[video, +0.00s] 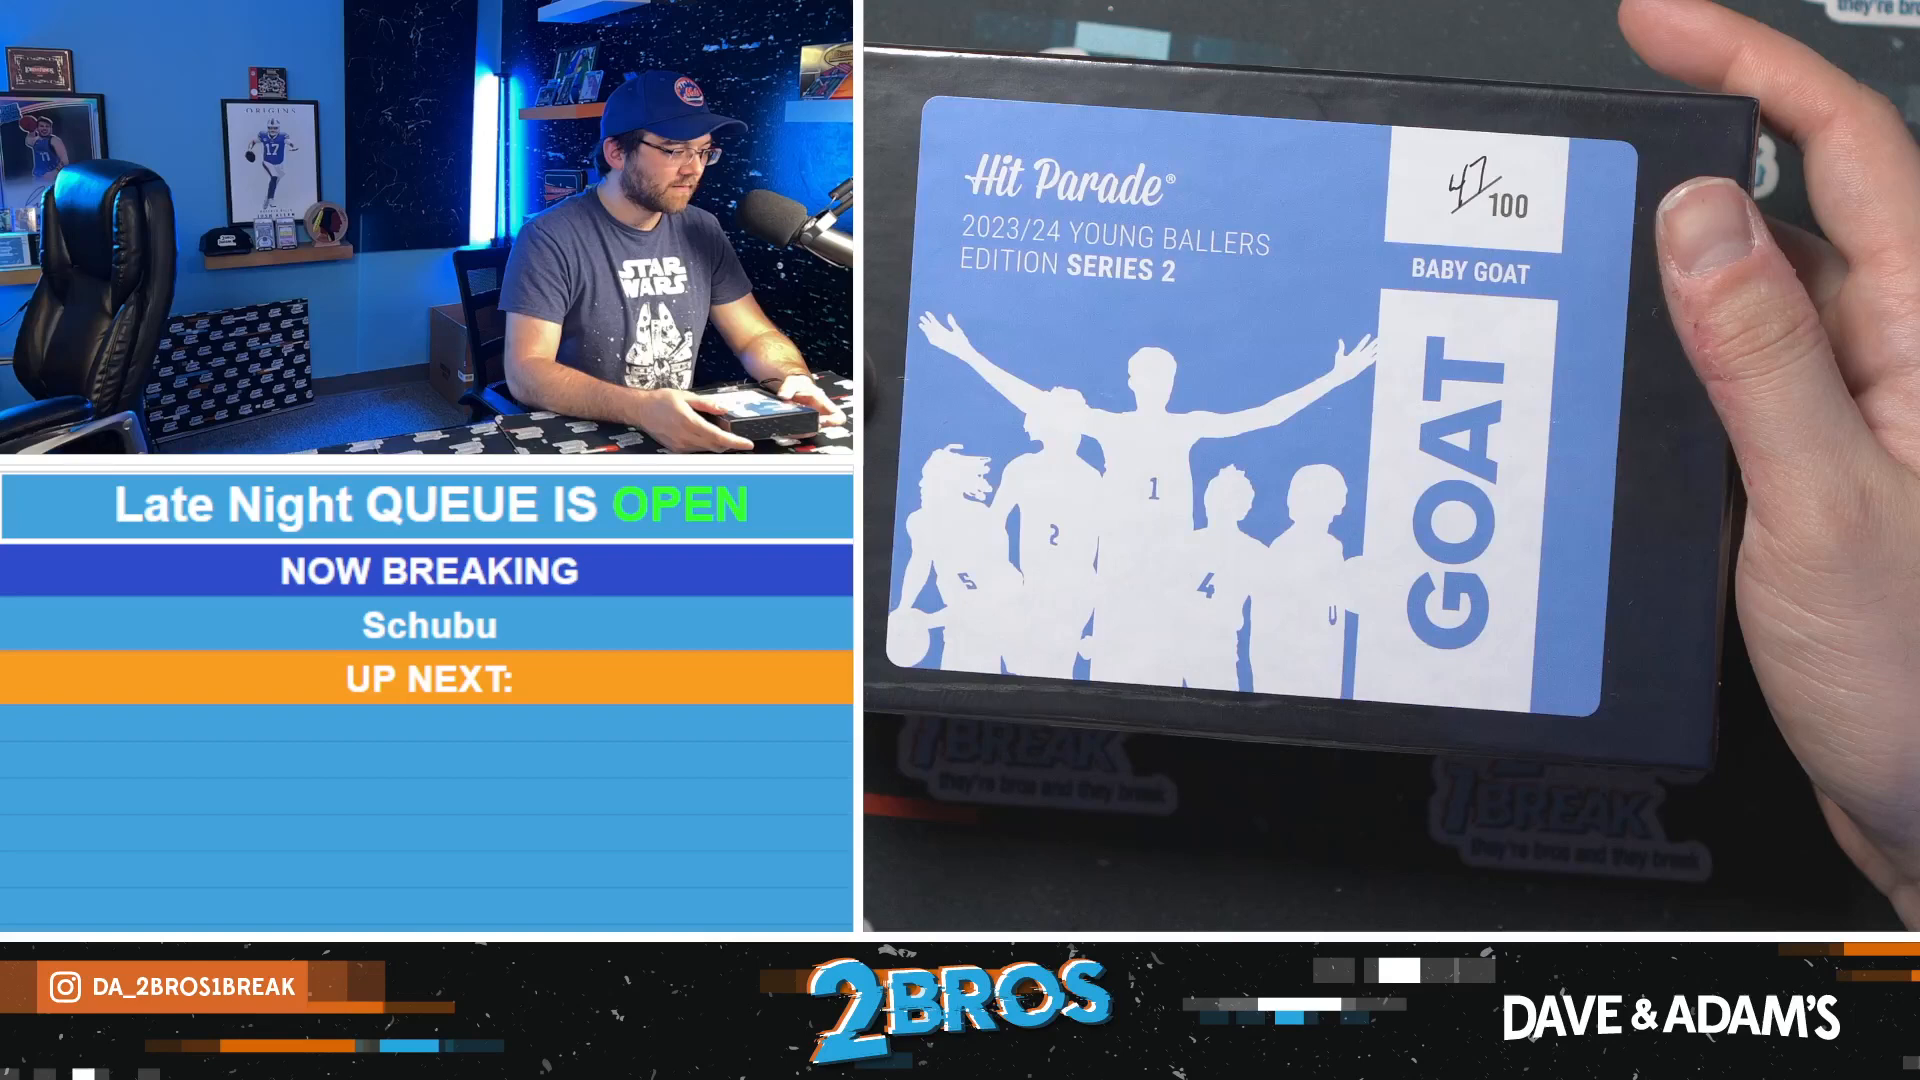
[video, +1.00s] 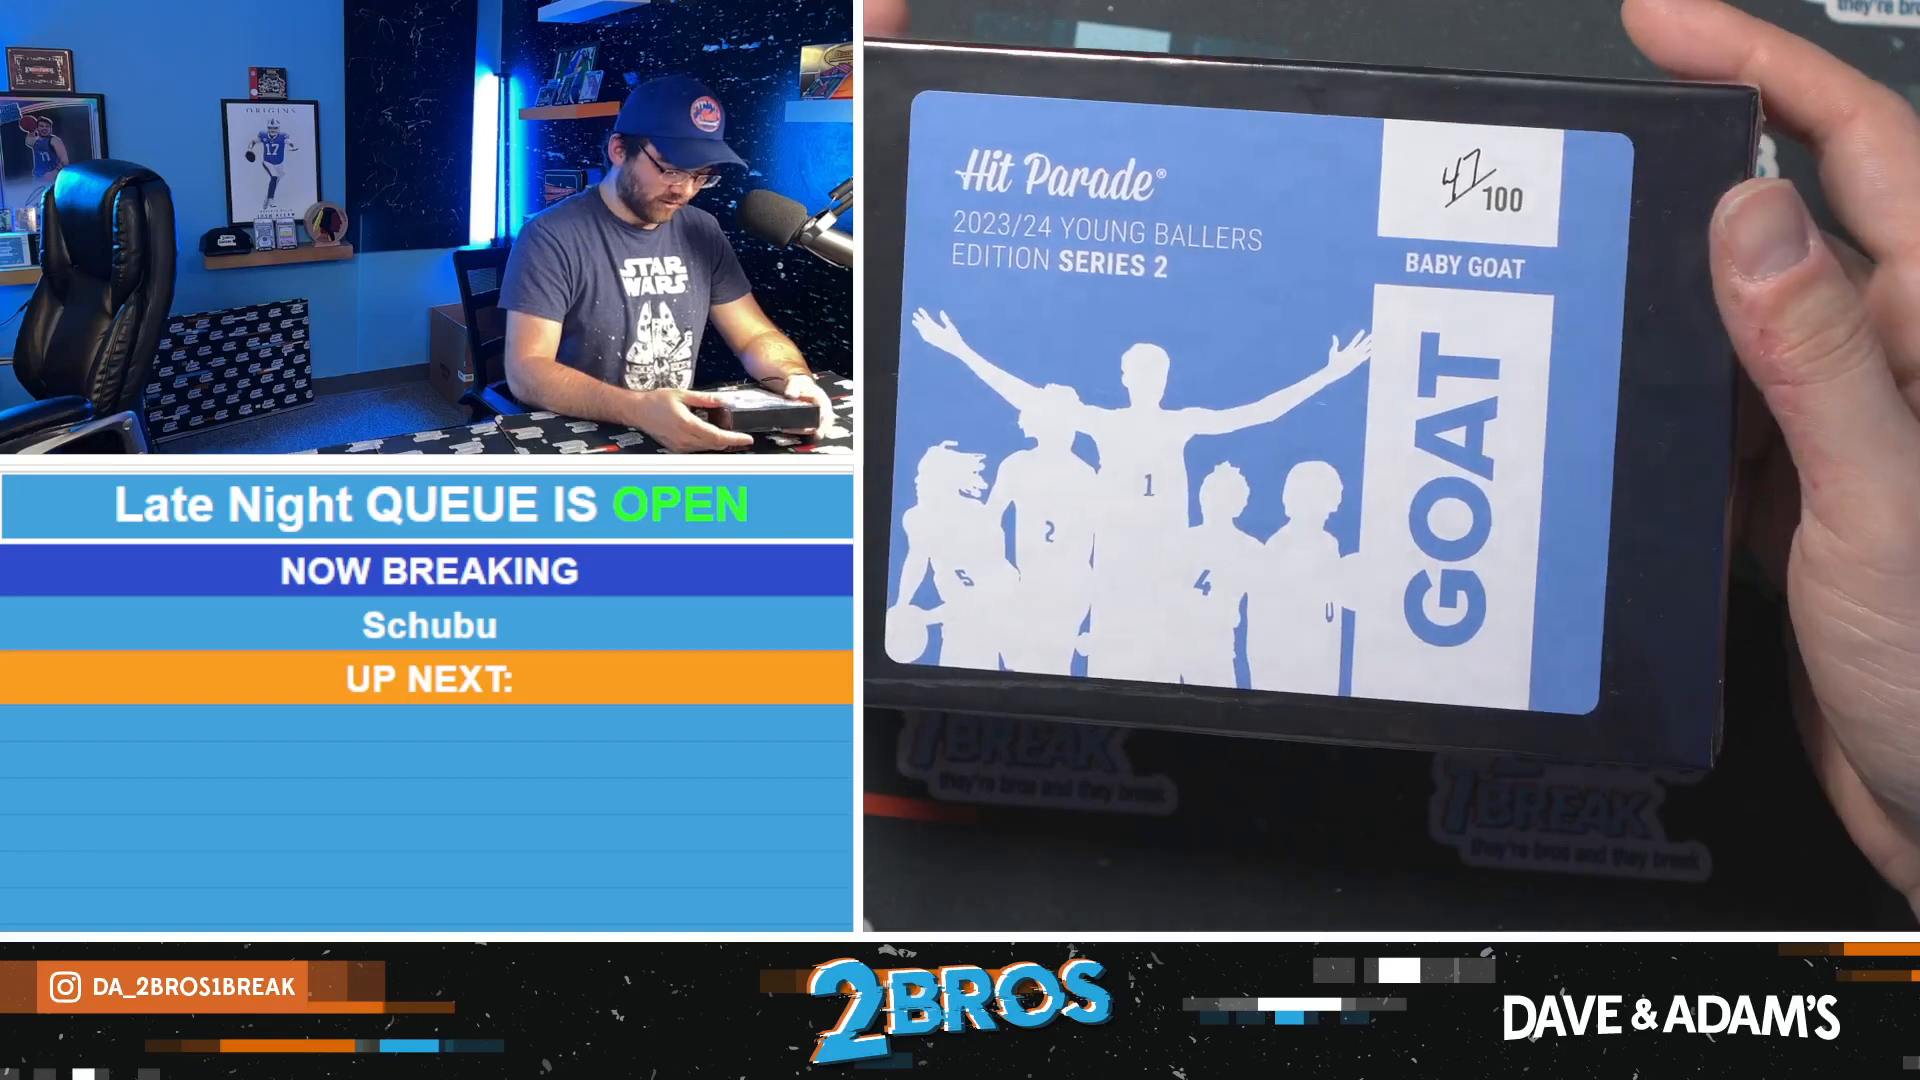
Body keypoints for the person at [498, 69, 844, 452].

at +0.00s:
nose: (694, 168)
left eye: (702, 151)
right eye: (674, 150)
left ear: (710, 152)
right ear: (616, 153)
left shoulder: (702, 232)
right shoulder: (553, 238)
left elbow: (757, 336)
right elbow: (529, 373)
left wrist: (794, 377)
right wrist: (642, 408)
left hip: (685, 459)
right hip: (581, 465)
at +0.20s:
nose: (693, 167)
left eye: (701, 150)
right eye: (675, 149)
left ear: (709, 152)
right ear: (616, 150)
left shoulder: (702, 233)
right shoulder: (553, 238)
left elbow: (756, 336)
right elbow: (529, 373)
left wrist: (794, 376)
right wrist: (643, 408)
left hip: (683, 460)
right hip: (580, 466)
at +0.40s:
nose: (687, 166)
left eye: (699, 152)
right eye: (671, 145)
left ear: (707, 156)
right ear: (616, 138)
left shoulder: (702, 233)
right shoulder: (554, 237)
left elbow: (756, 335)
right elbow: (529, 372)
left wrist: (794, 377)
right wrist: (642, 408)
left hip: (683, 465)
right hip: (580, 469)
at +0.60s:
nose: (687, 178)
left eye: (702, 163)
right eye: (672, 154)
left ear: (710, 164)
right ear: (619, 143)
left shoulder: (700, 233)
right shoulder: (552, 235)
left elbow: (755, 335)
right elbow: (527, 371)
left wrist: (791, 374)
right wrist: (638, 408)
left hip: (679, 461)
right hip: (576, 464)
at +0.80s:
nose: (683, 187)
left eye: (699, 171)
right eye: (668, 165)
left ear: (711, 170)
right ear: (618, 149)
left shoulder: (700, 232)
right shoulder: (553, 235)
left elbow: (755, 335)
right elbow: (528, 370)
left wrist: (793, 375)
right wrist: (638, 408)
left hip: (684, 460)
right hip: (581, 464)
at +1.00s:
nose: (685, 190)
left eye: (700, 174)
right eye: (670, 168)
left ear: (713, 170)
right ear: (619, 151)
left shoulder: (700, 232)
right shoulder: (554, 235)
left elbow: (755, 334)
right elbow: (528, 370)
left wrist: (794, 375)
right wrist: (638, 408)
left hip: (680, 460)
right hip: (578, 464)